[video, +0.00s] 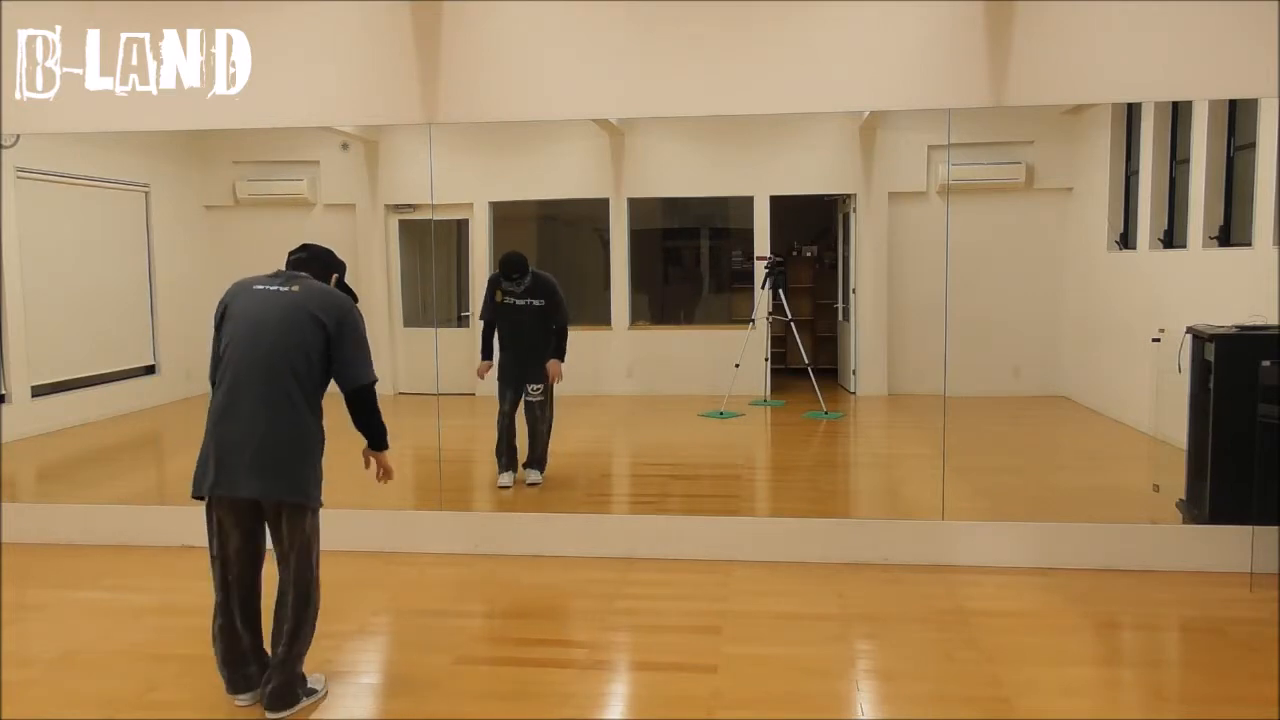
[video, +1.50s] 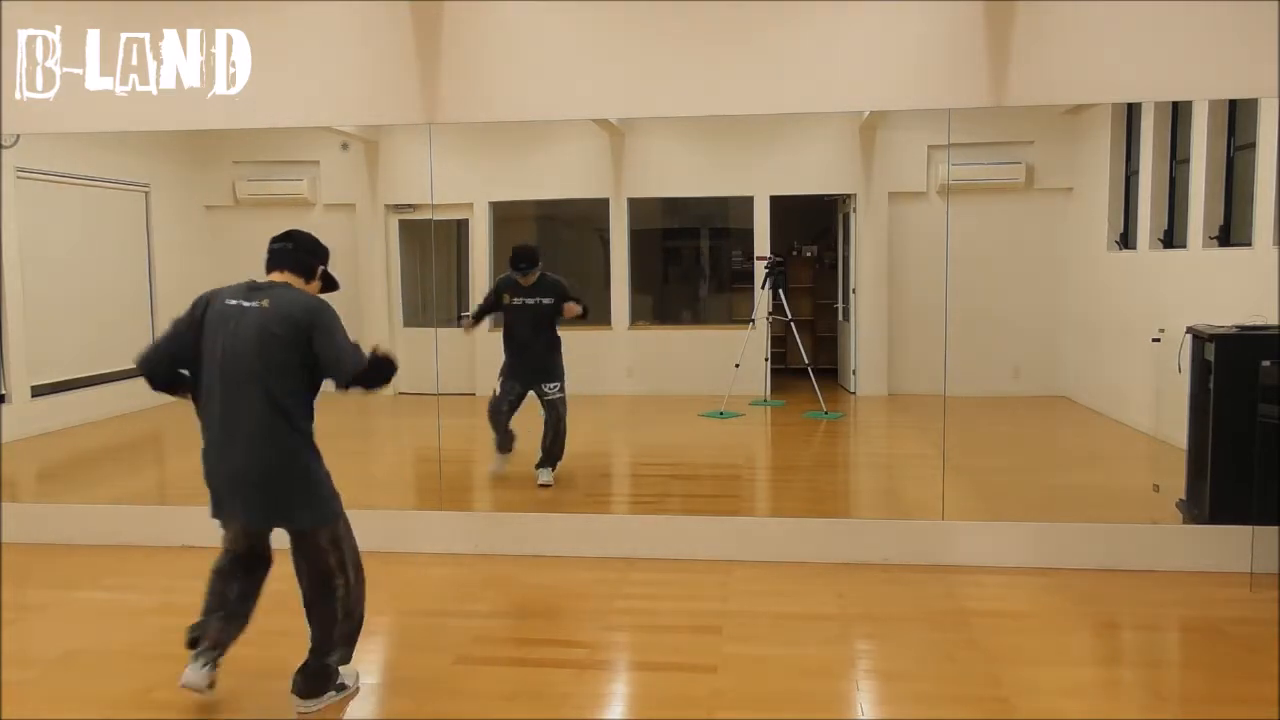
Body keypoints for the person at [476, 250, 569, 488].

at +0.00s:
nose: (514, 288)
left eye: (518, 283)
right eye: (509, 284)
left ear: (527, 274)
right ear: (503, 276)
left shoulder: (547, 285)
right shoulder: (496, 284)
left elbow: (561, 323)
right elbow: (489, 322)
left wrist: (557, 358)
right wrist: (487, 357)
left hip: (540, 359)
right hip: (510, 358)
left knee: (538, 414)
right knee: (505, 412)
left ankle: (535, 467)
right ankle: (506, 467)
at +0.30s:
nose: (522, 285)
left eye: (525, 280)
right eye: (517, 281)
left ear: (535, 271)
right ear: (511, 275)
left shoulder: (553, 287)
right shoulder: (507, 289)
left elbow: (575, 317)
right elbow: (499, 315)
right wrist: (483, 327)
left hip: (546, 356)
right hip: (517, 355)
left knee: (541, 411)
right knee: (500, 414)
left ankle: (556, 443)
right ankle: (505, 469)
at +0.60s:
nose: (544, 271)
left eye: (547, 266)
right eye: (539, 267)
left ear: (557, 261)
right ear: (533, 265)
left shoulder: (579, 281)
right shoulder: (530, 288)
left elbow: (609, 300)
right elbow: (505, 309)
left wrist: (638, 314)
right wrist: (473, 319)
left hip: (582, 359)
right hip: (551, 360)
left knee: (590, 414)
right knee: (533, 408)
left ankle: (610, 461)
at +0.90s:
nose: (560, 267)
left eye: (564, 262)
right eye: (555, 263)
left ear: (571, 256)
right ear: (547, 259)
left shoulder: (588, 276)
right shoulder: (538, 280)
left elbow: (592, 311)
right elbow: (537, 316)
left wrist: (568, 312)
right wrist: (554, 323)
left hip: (581, 347)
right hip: (554, 351)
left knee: (584, 402)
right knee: (563, 405)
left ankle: (579, 457)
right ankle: (580, 452)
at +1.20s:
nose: (553, 277)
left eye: (557, 272)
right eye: (549, 273)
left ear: (565, 266)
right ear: (541, 267)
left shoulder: (577, 280)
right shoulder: (531, 279)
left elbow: (575, 316)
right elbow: (534, 314)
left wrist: (549, 325)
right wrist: (550, 336)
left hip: (568, 354)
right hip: (541, 356)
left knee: (562, 410)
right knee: (554, 412)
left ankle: (547, 462)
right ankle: (581, 453)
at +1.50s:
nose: (522, 280)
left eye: (526, 275)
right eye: (518, 275)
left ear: (537, 269)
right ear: (512, 270)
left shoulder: (554, 286)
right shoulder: (504, 285)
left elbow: (581, 310)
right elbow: (489, 305)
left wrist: (577, 309)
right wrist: (474, 319)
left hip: (548, 365)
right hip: (516, 364)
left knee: (556, 415)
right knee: (497, 411)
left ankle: (547, 465)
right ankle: (505, 446)